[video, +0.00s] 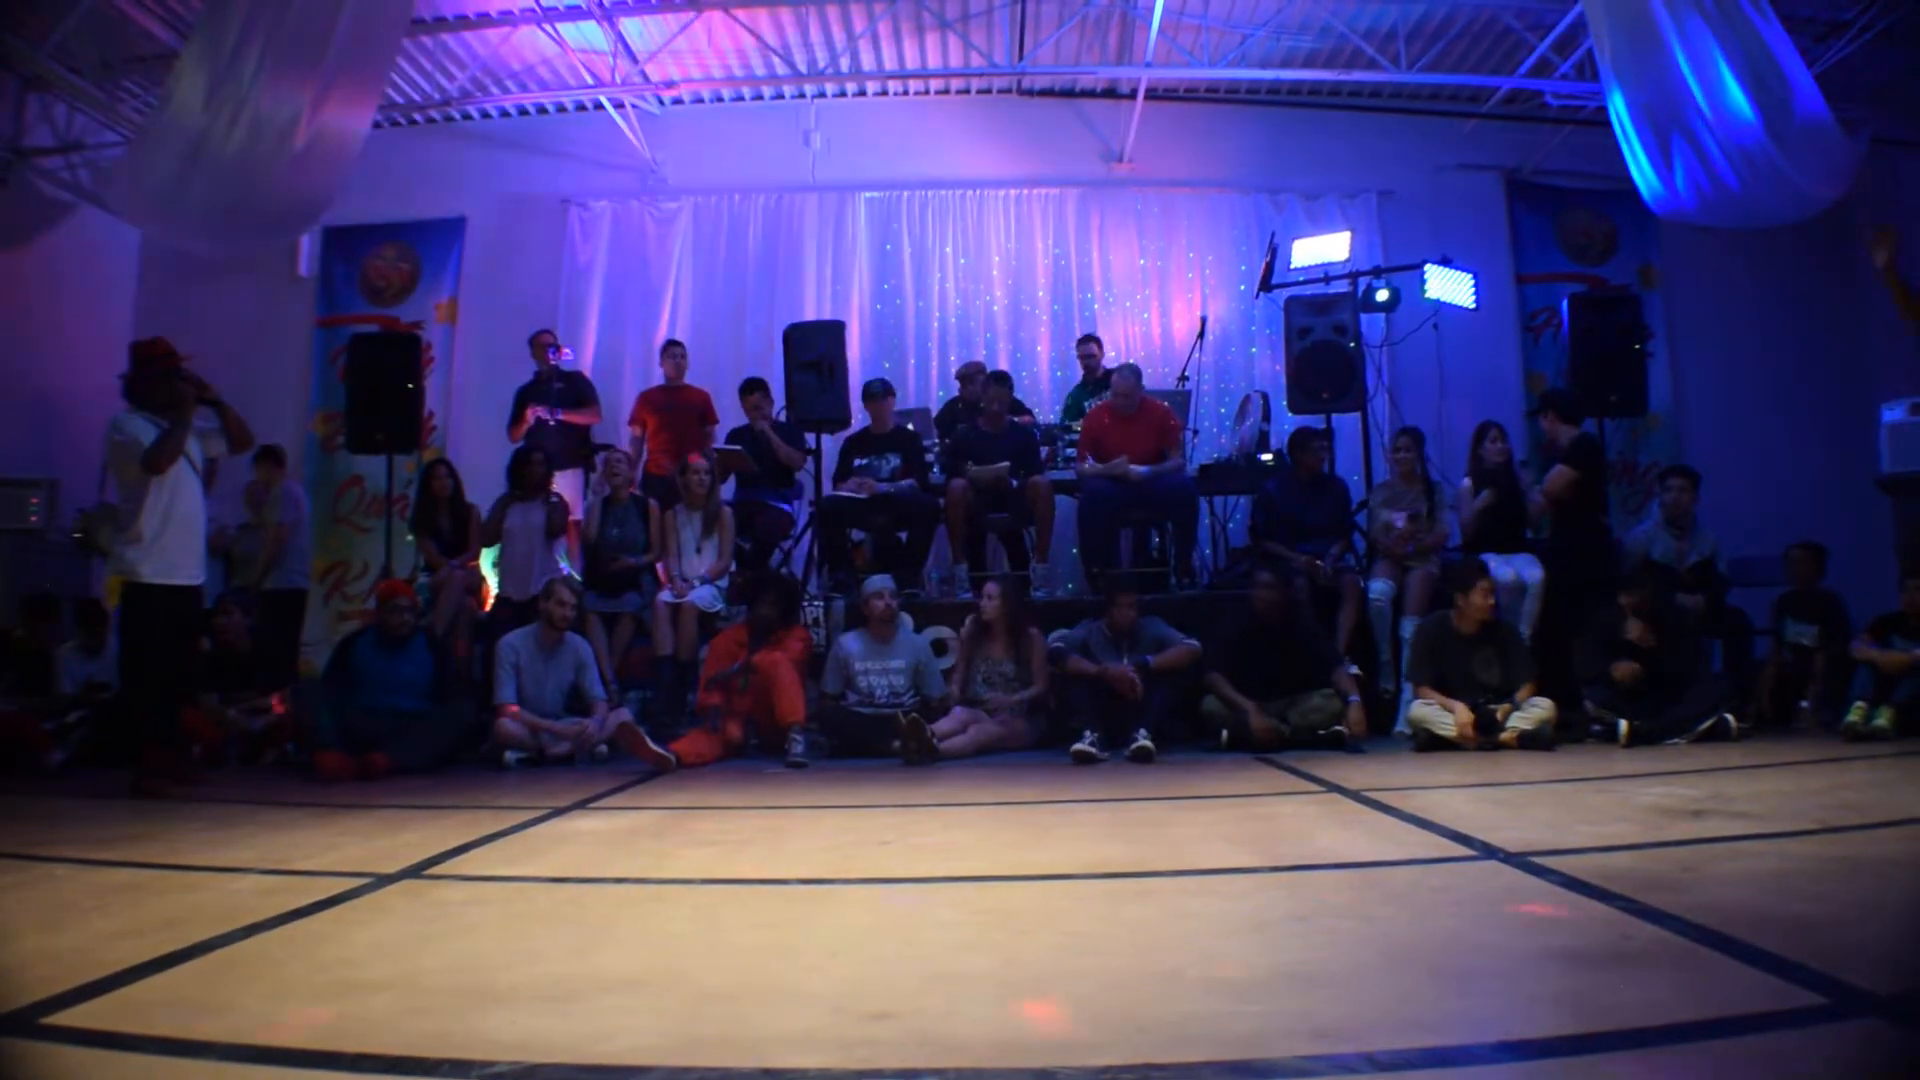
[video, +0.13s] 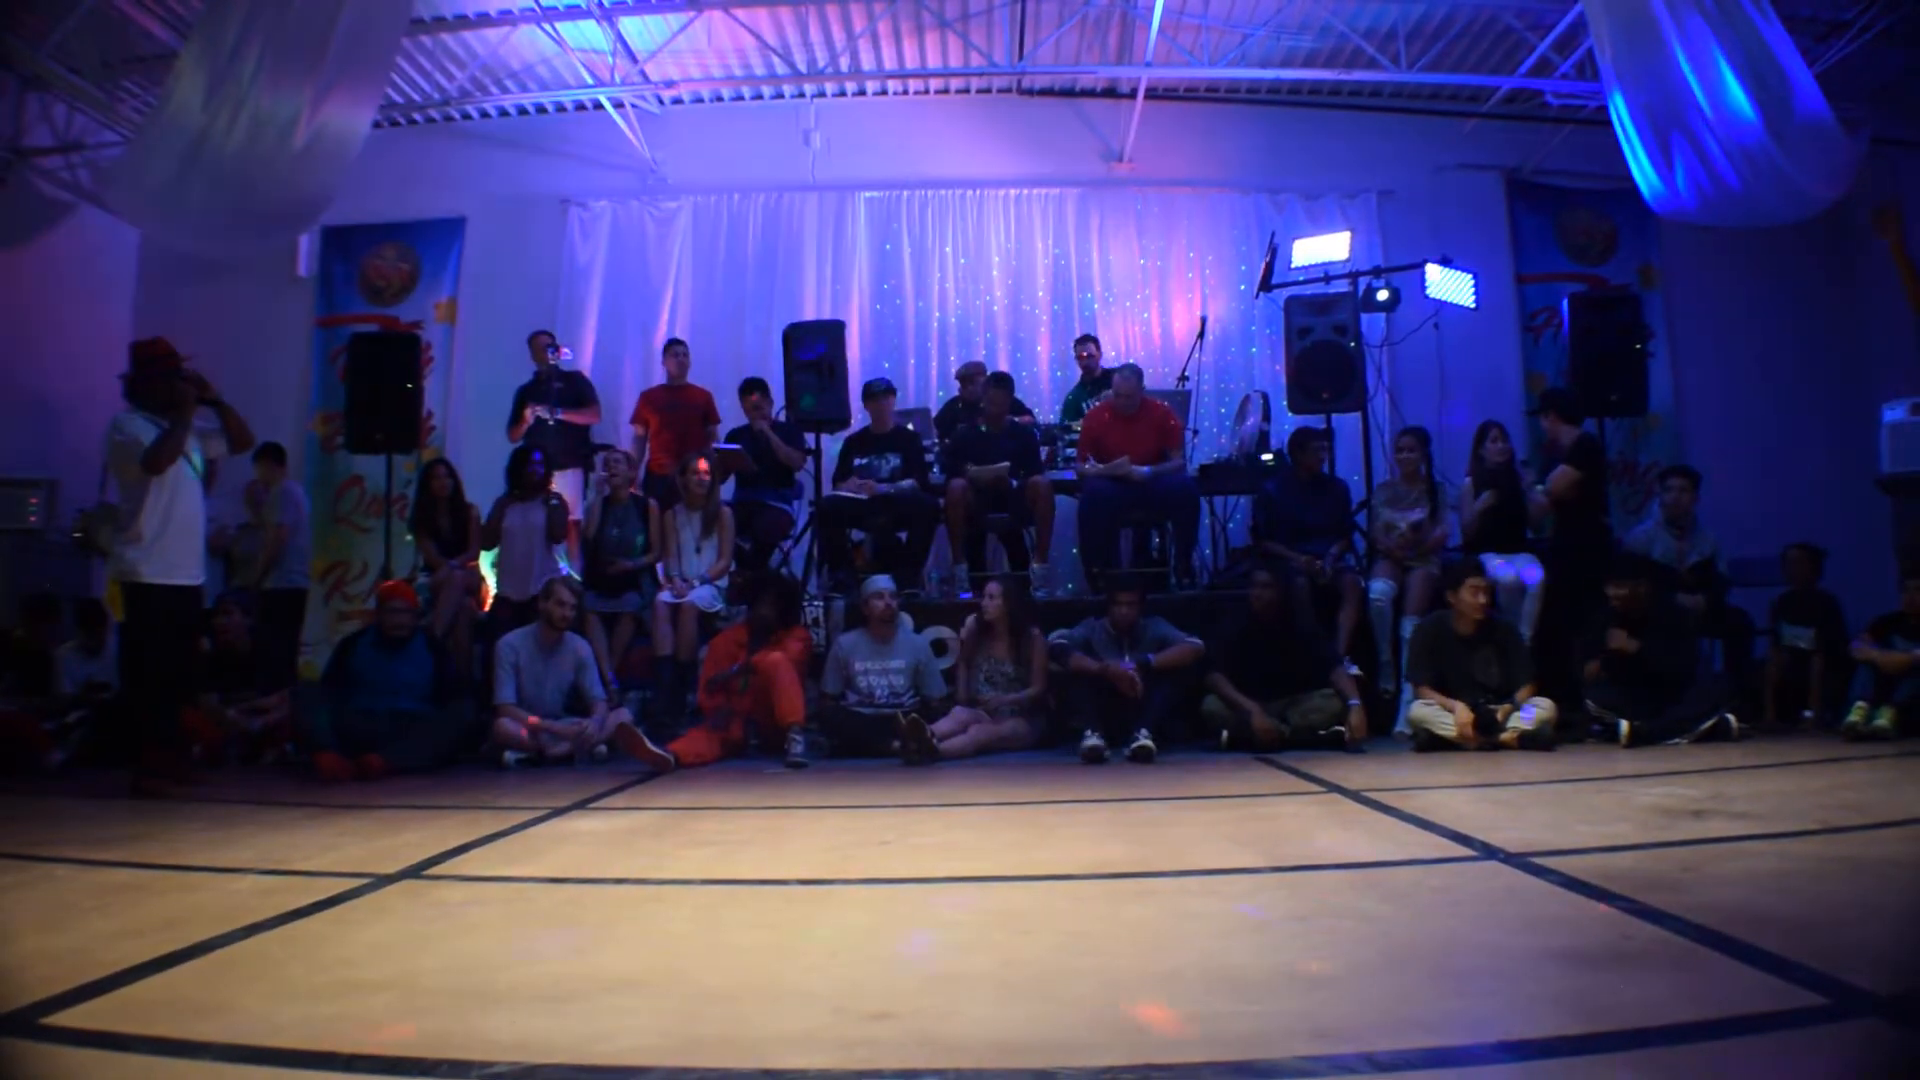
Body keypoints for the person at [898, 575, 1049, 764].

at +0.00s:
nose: (982, 604)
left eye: (990, 598)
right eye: (982, 598)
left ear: (1008, 602)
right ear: (979, 599)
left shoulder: (1030, 637)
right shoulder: (973, 632)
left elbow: (1040, 686)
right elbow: (960, 671)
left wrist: (1010, 701)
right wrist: (957, 694)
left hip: (1017, 715)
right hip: (981, 710)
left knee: (982, 732)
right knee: (960, 715)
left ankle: (932, 750)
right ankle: (924, 734)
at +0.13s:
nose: (984, 603)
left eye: (992, 598)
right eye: (984, 597)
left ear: (1010, 602)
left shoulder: (1031, 637)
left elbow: (1038, 689)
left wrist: (1002, 701)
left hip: (1021, 716)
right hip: (985, 713)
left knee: (981, 733)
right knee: (960, 714)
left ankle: (931, 751)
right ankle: (924, 734)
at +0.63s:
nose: (992, 612)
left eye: (999, 605)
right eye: (991, 605)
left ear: (1018, 609)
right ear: (988, 607)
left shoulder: (1036, 645)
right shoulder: (987, 643)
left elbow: (1039, 696)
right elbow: (965, 676)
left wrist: (1001, 715)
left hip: (1023, 720)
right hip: (990, 713)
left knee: (979, 736)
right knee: (959, 716)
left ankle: (933, 753)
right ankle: (921, 739)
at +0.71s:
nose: (992, 612)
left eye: (998, 605)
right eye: (991, 605)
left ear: (1017, 608)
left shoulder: (1037, 645)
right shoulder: (982, 641)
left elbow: (1039, 696)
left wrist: (1001, 714)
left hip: (1017, 719)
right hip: (983, 711)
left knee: (977, 735)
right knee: (958, 716)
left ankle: (934, 753)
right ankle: (921, 739)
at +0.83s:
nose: (992, 614)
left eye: (998, 607)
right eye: (991, 607)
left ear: (1018, 609)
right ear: (989, 609)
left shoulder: (1038, 644)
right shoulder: (986, 638)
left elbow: (1040, 697)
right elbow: (962, 640)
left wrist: (999, 715)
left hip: (1021, 718)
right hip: (985, 710)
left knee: (978, 734)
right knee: (958, 715)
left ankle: (931, 752)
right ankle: (924, 737)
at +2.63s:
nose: (986, 607)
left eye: (991, 600)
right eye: (979, 601)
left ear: (1000, 602)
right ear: (970, 605)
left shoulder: (1017, 638)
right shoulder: (963, 641)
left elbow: (1026, 689)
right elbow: (954, 691)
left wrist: (991, 715)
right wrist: (968, 713)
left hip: (1011, 712)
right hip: (973, 711)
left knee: (981, 737)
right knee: (957, 724)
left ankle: (933, 751)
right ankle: (920, 737)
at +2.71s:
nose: (987, 606)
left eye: (992, 599)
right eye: (981, 599)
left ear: (1001, 602)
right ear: (970, 604)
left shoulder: (1017, 638)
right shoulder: (962, 641)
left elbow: (1025, 688)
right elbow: (956, 688)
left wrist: (990, 715)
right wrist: (966, 709)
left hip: (1009, 710)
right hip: (974, 711)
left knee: (981, 737)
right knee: (951, 726)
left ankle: (933, 752)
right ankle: (918, 740)